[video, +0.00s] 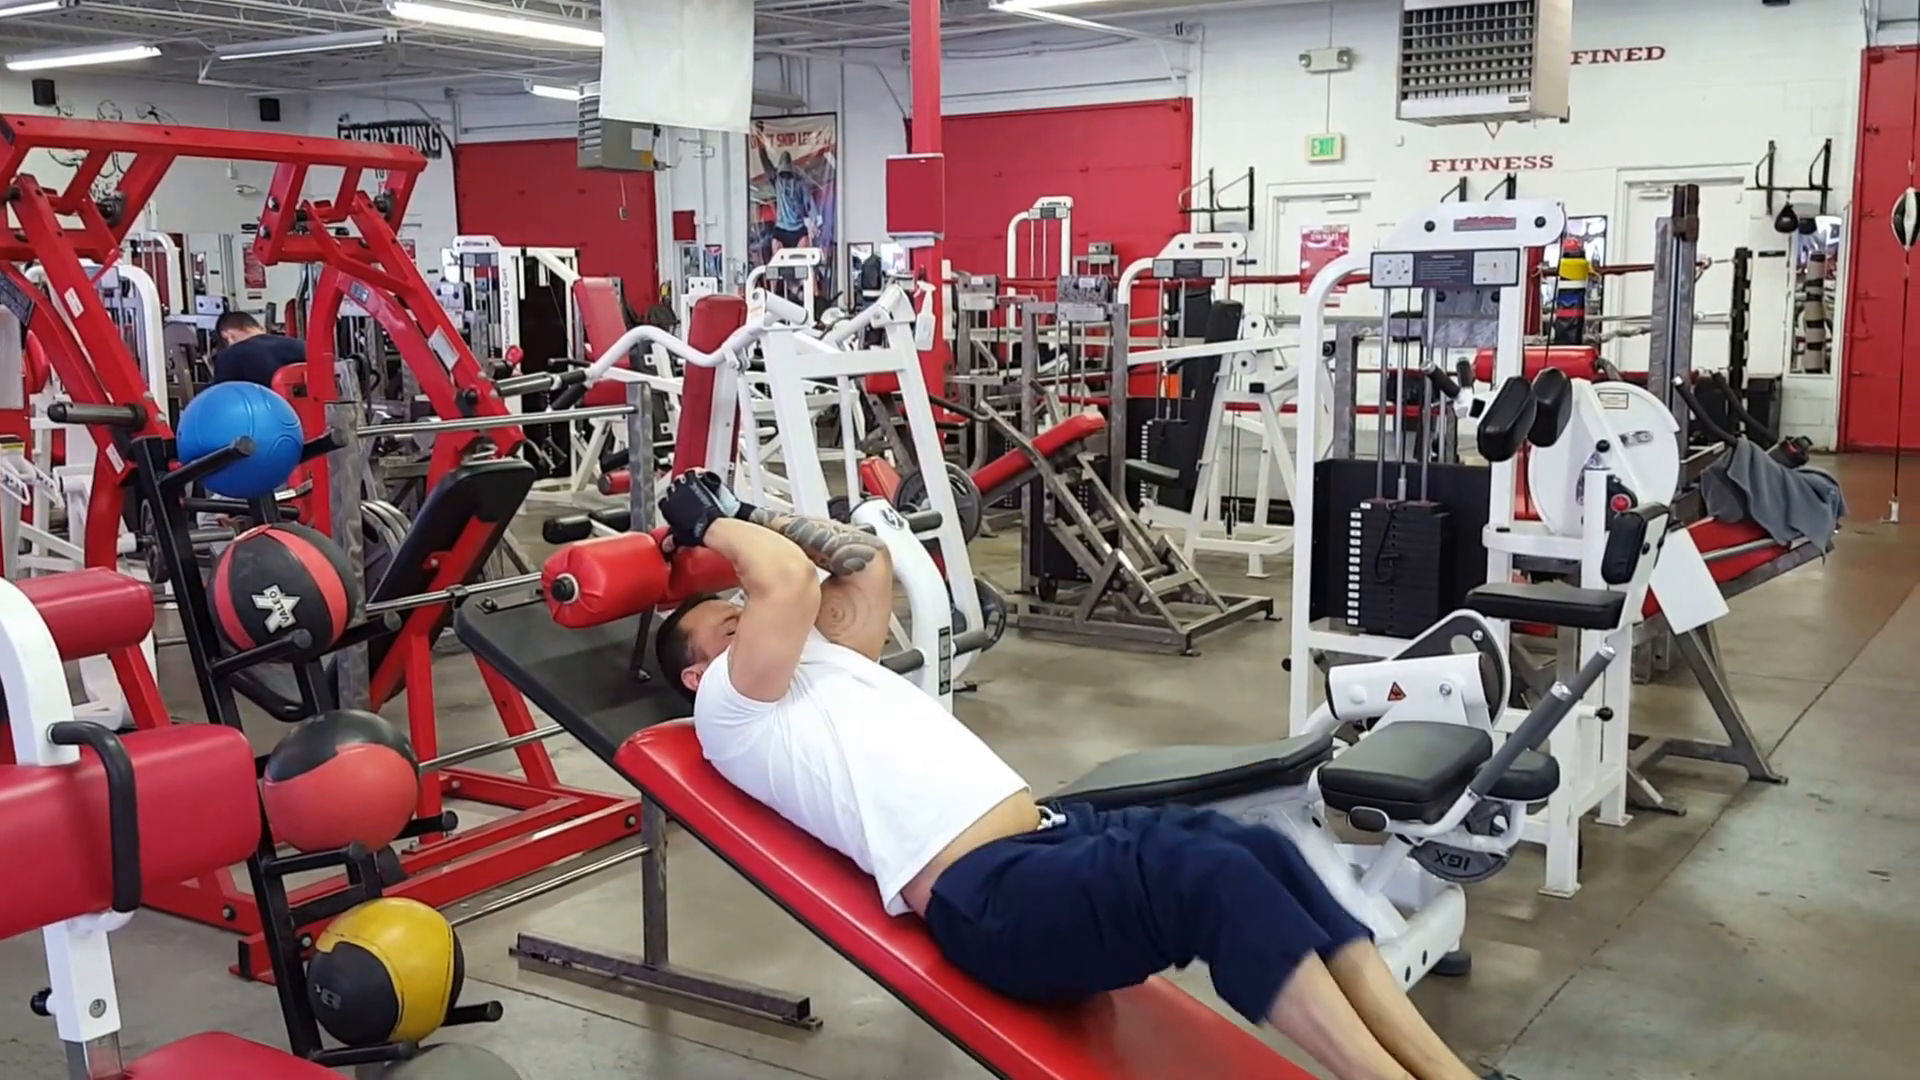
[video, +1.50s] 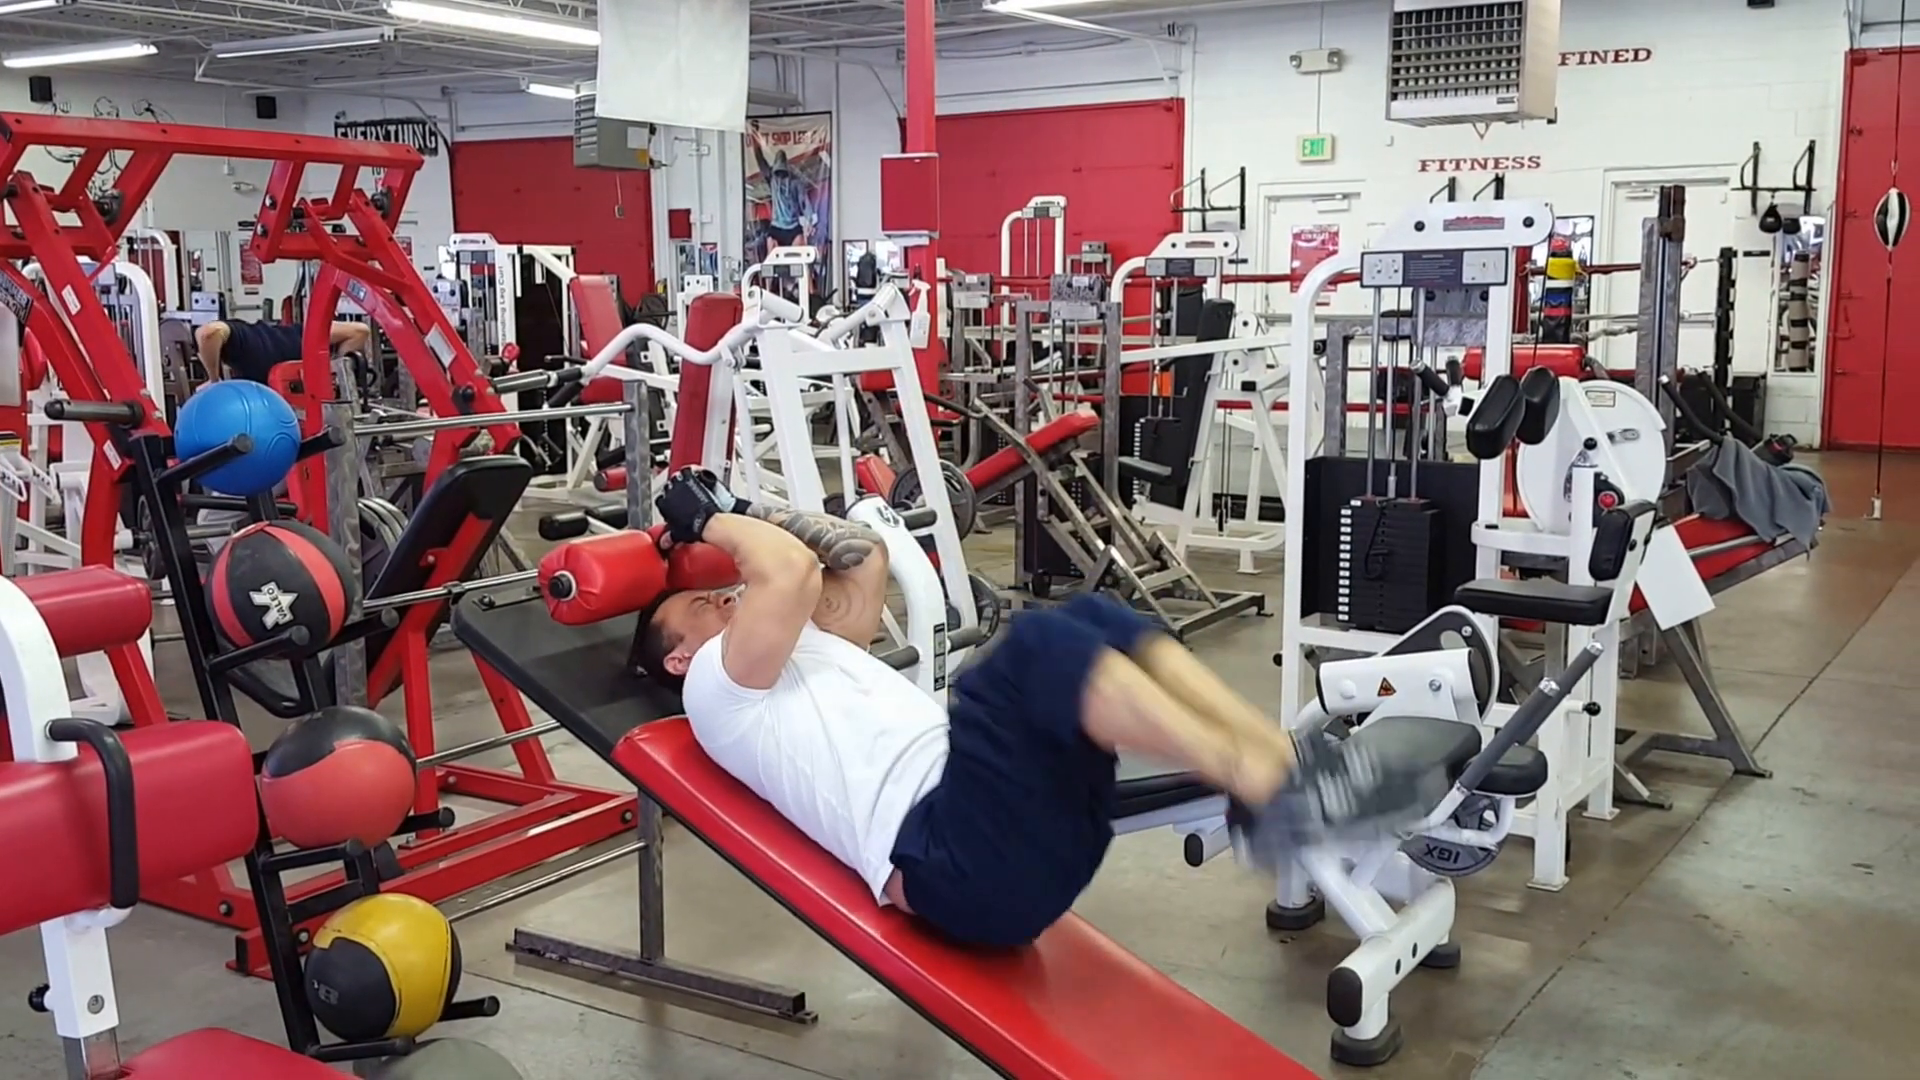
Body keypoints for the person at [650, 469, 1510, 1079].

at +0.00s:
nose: (748, 611)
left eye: (741, 609)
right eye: (721, 616)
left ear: (754, 625)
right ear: (699, 657)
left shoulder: (835, 671)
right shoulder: (729, 705)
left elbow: (874, 566)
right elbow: (784, 571)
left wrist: (764, 525)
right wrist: (707, 524)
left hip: (1058, 831)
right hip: (989, 887)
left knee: (1266, 851)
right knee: (1215, 871)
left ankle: (1434, 1058)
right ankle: (1376, 1072)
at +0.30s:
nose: (740, 613)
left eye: (734, 606)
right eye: (718, 615)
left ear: (746, 625)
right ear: (689, 659)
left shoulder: (822, 657)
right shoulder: (722, 705)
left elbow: (867, 563)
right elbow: (789, 571)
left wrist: (773, 531)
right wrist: (709, 520)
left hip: (1020, 837)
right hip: (969, 884)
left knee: (1151, 672)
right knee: (1105, 706)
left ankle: (1343, 790)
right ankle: (1329, 812)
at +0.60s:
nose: (732, 616)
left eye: (727, 609)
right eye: (709, 616)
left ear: (739, 613)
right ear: (673, 662)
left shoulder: (803, 659)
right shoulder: (703, 692)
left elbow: (860, 600)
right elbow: (786, 576)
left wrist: (768, 533)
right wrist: (710, 519)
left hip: (1046, 757)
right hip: (969, 789)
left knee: (940, 557)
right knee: (894, 551)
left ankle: (1073, 378)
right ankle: (1054, 377)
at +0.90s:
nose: (719, 607)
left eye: (712, 604)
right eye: (696, 614)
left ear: (729, 613)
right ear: (668, 666)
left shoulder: (788, 664)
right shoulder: (702, 695)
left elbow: (858, 589)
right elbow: (772, 573)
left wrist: (756, 523)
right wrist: (704, 518)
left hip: (1033, 679)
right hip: (964, 698)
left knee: (961, 462)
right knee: (898, 459)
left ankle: (991, 217)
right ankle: (961, 201)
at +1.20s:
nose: (712, 611)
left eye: (704, 604)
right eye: (690, 616)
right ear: (667, 668)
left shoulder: (794, 661)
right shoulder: (702, 694)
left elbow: (851, 604)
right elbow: (778, 577)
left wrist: (757, 549)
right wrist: (708, 522)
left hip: (1031, 760)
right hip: (965, 800)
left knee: (936, 553)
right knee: (894, 558)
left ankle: (1129, 440)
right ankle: (1101, 449)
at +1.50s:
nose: (712, 612)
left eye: (699, 606)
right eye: (690, 615)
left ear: (712, 614)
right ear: (677, 650)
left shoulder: (818, 648)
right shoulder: (716, 691)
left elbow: (860, 554)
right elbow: (784, 563)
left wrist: (750, 531)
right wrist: (711, 521)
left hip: (1012, 824)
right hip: (952, 865)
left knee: (1098, 613)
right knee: (1044, 643)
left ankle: (1283, 767)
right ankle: (1250, 780)